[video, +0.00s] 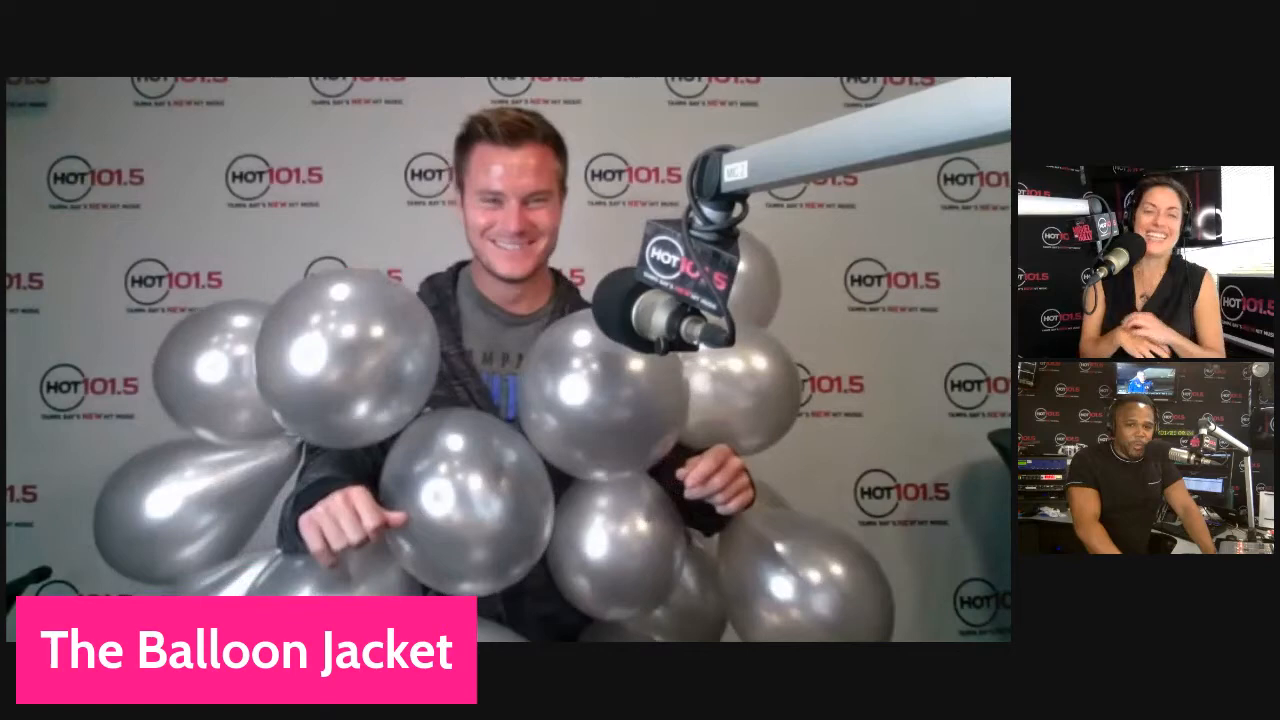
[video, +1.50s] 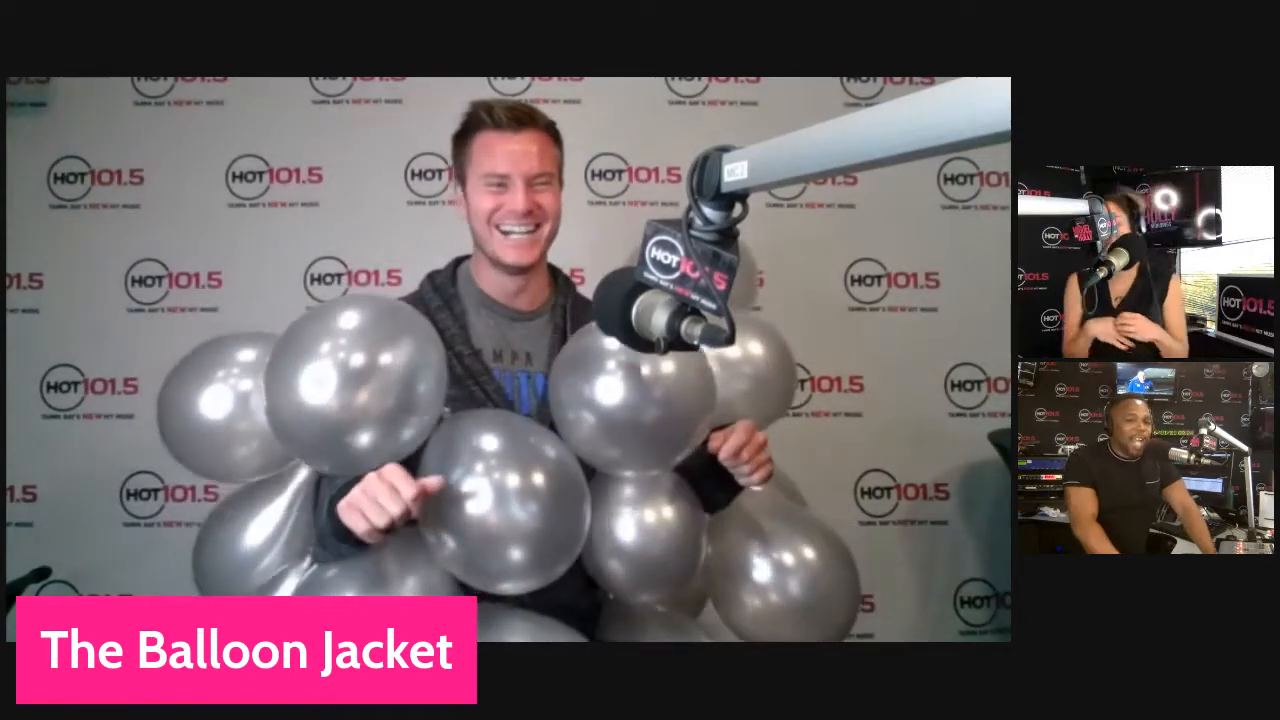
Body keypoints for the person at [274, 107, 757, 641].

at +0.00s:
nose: (515, 222)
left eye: (537, 200)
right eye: (491, 200)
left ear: (562, 205)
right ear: (459, 202)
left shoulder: (602, 335)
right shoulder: (405, 326)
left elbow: (649, 460)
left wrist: (707, 484)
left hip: (580, 615)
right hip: (439, 609)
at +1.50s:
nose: (521, 205)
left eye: (539, 184)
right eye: (497, 185)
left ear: (561, 195)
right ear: (461, 196)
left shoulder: (603, 333)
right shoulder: (406, 333)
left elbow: (653, 492)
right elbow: (338, 475)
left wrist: (722, 463)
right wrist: (357, 501)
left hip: (581, 613)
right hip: (440, 610)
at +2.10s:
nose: (519, 214)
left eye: (538, 191)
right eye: (495, 191)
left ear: (560, 196)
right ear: (457, 195)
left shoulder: (604, 330)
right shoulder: (404, 334)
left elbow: (652, 483)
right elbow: (337, 496)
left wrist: (726, 469)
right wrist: (371, 505)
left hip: (587, 614)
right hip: (446, 614)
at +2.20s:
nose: (520, 236)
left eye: (540, 211)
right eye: (497, 210)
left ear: (563, 204)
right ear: (458, 199)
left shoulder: (604, 333)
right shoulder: (406, 336)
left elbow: (649, 487)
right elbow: (337, 498)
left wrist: (719, 479)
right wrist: (367, 507)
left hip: (588, 615)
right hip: (446, 615)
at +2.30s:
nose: (522, 257)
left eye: (544, 235)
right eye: (501, 232)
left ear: (566, 216)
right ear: (463, 208)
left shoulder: (604, 333)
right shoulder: (402, 336)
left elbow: (651, 478)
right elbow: (337, 476)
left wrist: (718, 479)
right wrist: (360, 508)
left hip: (579, 610)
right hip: (435, 608)